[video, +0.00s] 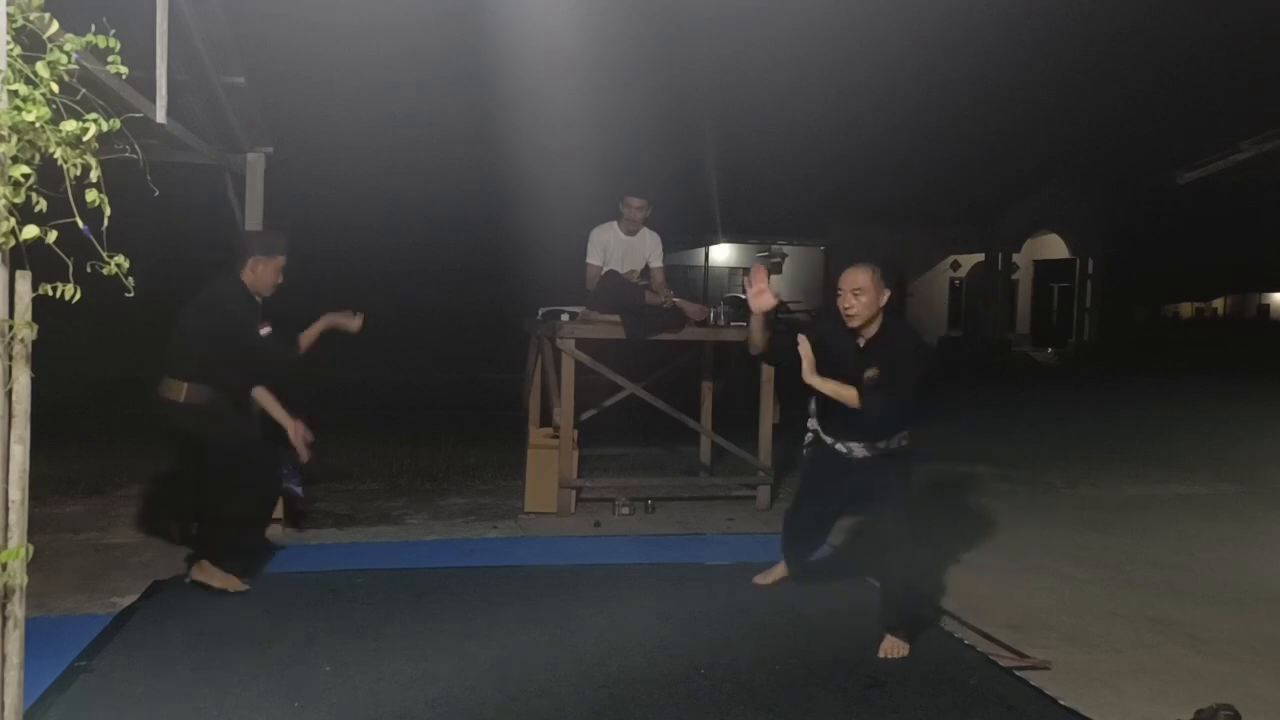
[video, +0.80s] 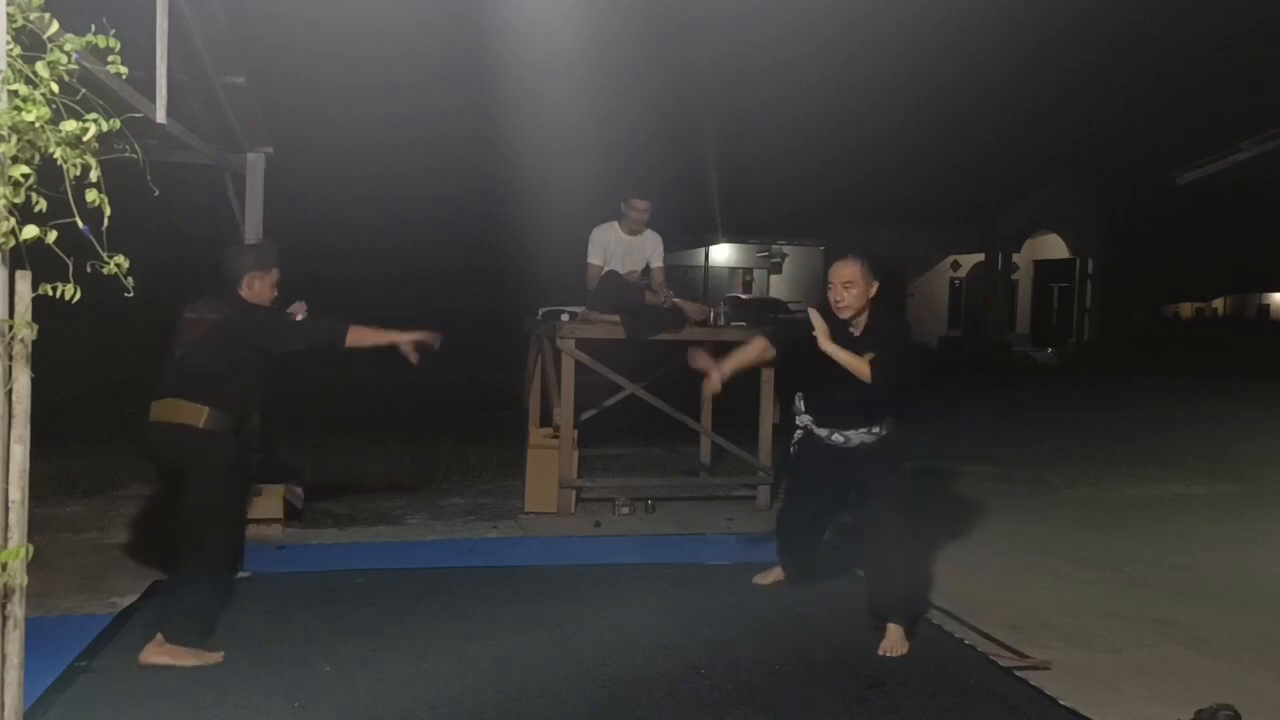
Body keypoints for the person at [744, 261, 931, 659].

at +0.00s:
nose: (846, 303)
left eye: (857, 294)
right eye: (841, 294)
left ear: (884, 297)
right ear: (835, 297)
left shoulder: (903, 343)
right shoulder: (828, 330)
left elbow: (884, 405)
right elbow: (762, 349)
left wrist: (814, 380)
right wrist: (760, 315)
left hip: (885, 456)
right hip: (830, 450)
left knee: (896, 539)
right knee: (804, 513)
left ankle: (897, 626)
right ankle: (792, 562)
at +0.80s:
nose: (838, 295)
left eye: (848, 286)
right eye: (832, 287)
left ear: (872, 289)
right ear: (826, 289)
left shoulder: (890, 330)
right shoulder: (817, 324)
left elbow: (885, 377)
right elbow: (768, 343)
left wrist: (831, 349)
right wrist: (722, 369)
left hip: (872, 446)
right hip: (818, 442)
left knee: (886, 528)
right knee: (799, 507)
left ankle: (895, 618)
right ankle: (792, 565)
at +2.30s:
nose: (835, 287)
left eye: (842, 277)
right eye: (836, 279)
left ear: (870, 278)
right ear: (874, 277)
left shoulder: (865, 324)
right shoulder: (901, 306)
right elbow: (831, 307)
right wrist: (773, 314)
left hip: (926, 469)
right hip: (925, 460)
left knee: (945, 581)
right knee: (852, 522)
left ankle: (1020, 687)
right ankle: (864, 614)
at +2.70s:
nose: (818, 289)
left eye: (824, 279)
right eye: (817, 280)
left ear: (854, 273)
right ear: (857, 273)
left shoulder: (845, 323)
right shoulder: (881, 300)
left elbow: (810, 383)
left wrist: (809, 340)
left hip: (902, 452)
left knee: (848, 529)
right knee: (844, 524)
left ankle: (884, 624)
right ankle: (850, 614)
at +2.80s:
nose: (822, 289)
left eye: (828, 278)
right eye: (821, 279)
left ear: (857, 273)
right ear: (859, 275)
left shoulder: (852, 319)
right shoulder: (882, 303)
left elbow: (821, 379)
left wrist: (814, 349)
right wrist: (823, 337)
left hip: (905, 453)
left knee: (862, 530)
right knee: (846, 521)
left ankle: (888, 626)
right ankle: (853, 614)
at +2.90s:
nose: (827, 286)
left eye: (832, 275)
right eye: (827, 276)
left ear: (862, 274)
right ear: (862, 273)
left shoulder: (866, 317)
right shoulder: (887, 304)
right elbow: (827, 316)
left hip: (908, 449)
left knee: (868, 529)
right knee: (851, 519)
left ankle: (890, 628)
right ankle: (852, 613)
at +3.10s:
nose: (834, 289)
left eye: (838, 279)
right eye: (832, 281)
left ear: (865, 277)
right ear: (868, 276)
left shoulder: (864, 324)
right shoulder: (899, 301)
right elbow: (836, 302)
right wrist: (816, 265)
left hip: (918, 453)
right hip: (948, 445)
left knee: (860, 533)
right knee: (896, 526)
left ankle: (884, 629)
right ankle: (916, 614)